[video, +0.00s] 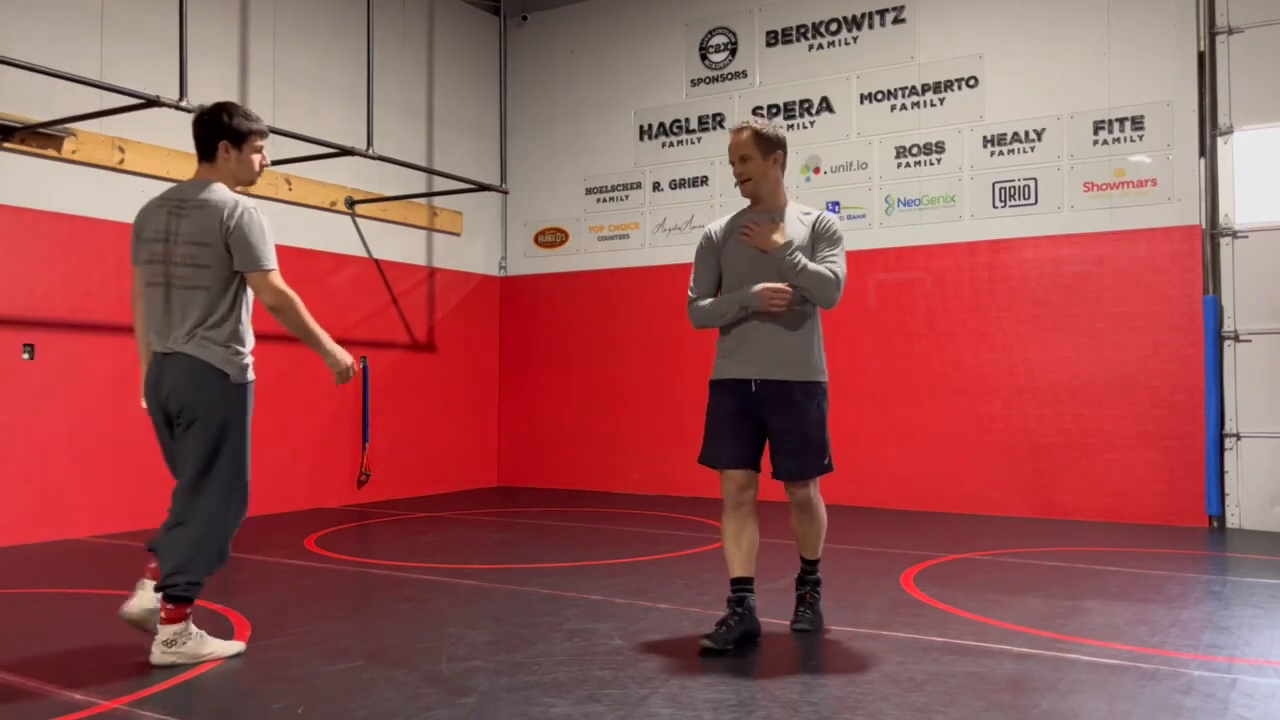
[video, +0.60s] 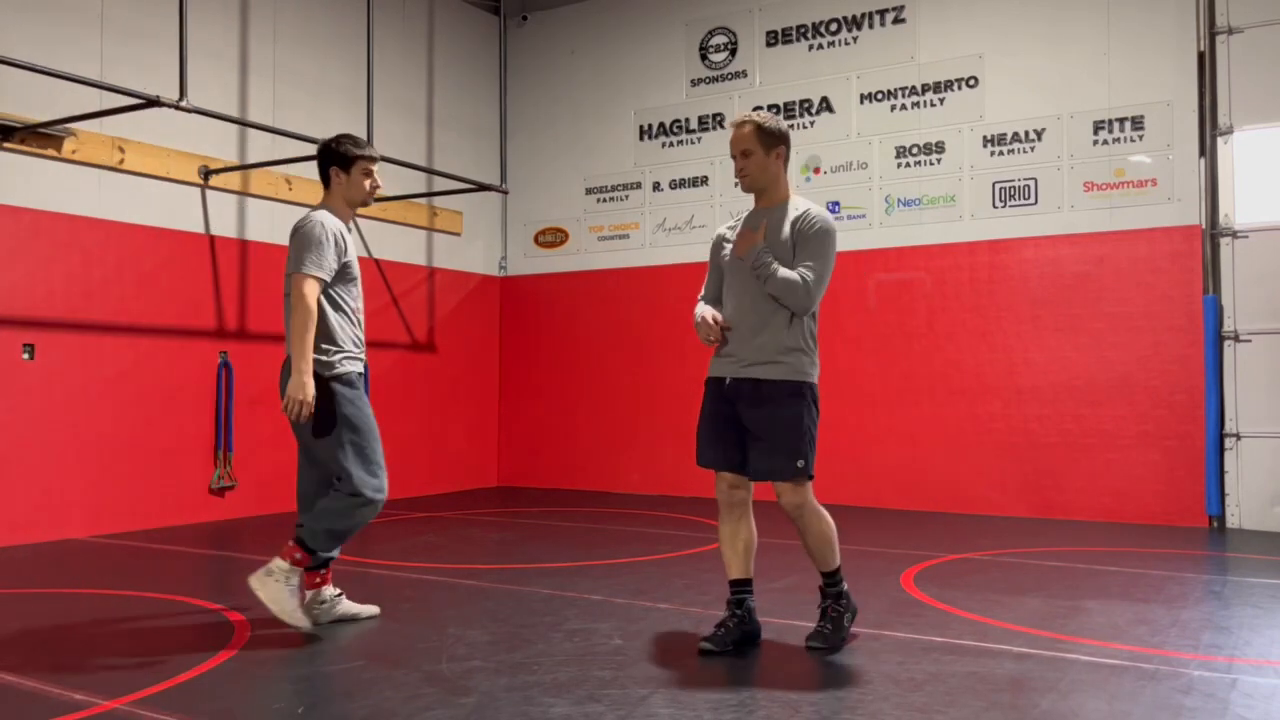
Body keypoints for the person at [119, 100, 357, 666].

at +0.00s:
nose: (264, 162)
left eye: (264, 152)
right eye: (257, 151)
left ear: (213, 151)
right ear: (225, 149)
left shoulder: (152, 211)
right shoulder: (236, 212)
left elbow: (142, 302)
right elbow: (274, 293)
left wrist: (151, 369)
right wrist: (330, 350)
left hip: (163, 373)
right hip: (214, 376)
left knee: (196, 485)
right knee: (219, 493)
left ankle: (154, 585)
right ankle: (174, 627)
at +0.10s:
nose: (286, 169)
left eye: (286, 158)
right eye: (279, 158)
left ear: (237, 159)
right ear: (247, 156)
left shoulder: (178, 215)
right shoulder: (254, 215)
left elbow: (170, 303)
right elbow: (287, 294)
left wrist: (180, 366)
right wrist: (344, 344)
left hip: (189, 372)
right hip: (232, 375)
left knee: (250, 479)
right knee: (218, 490)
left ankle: (225, 598)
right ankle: (176, 626)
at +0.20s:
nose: (307, 173)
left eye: (307, 163)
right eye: (300, 163)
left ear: (254, 167)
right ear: (266, 164)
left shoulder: (204, 225)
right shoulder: (268, 219)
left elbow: (203, 304)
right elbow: (293, 297)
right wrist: (347, 354)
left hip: (214, 376)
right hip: (252, 378)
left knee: (269, 486)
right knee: (234, 492)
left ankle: (292, 590)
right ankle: (178, 622)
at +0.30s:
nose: (325, 183)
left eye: (325, 173)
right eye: (317, 173)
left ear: (280, 176)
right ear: (285, 173)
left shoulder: (236, 230)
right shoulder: (284, 226)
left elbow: (233, 312)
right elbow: (302, 306)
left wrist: (240, 381)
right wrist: (343, 381)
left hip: (245, 379)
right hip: (273, 382)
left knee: (293, 489)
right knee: (254, 497)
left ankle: (313, 595)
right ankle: (184, 617)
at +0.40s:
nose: (342, 184)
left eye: (343, 175)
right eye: (335, 175)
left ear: (300, 178)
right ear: (304, 175)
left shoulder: (270, 228)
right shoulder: (298, 230)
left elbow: (284, 309)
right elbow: (309, 311)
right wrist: (319, 387)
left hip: (279, 378)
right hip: (292, 382)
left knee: (314, 494)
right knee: (290, 499)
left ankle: (318, 595)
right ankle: (200, 601)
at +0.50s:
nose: (359, 182)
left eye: (360, 173)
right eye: (351, 172)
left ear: (327, 177)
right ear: (321, 174)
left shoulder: (318, 228)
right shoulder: (309, 226)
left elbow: (315, 310)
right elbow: (308, 304)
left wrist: (329, 374)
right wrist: (302, 377)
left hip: (313, 377)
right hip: (312, 379)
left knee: (317, 491)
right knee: (333, 498)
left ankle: (320, 595)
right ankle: (233, 577)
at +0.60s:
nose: (376, 182)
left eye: (376, 174)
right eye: (367, 174)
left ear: (344, 179)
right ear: (337, 176)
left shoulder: (337, 230)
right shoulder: (319, 227)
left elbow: (323, 304)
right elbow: (302, 297)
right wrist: (300, 374)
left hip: (330, 376)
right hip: (330, 378)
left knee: (323, 483)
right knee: (365, 487)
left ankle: (318, 592)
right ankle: (282, 573)